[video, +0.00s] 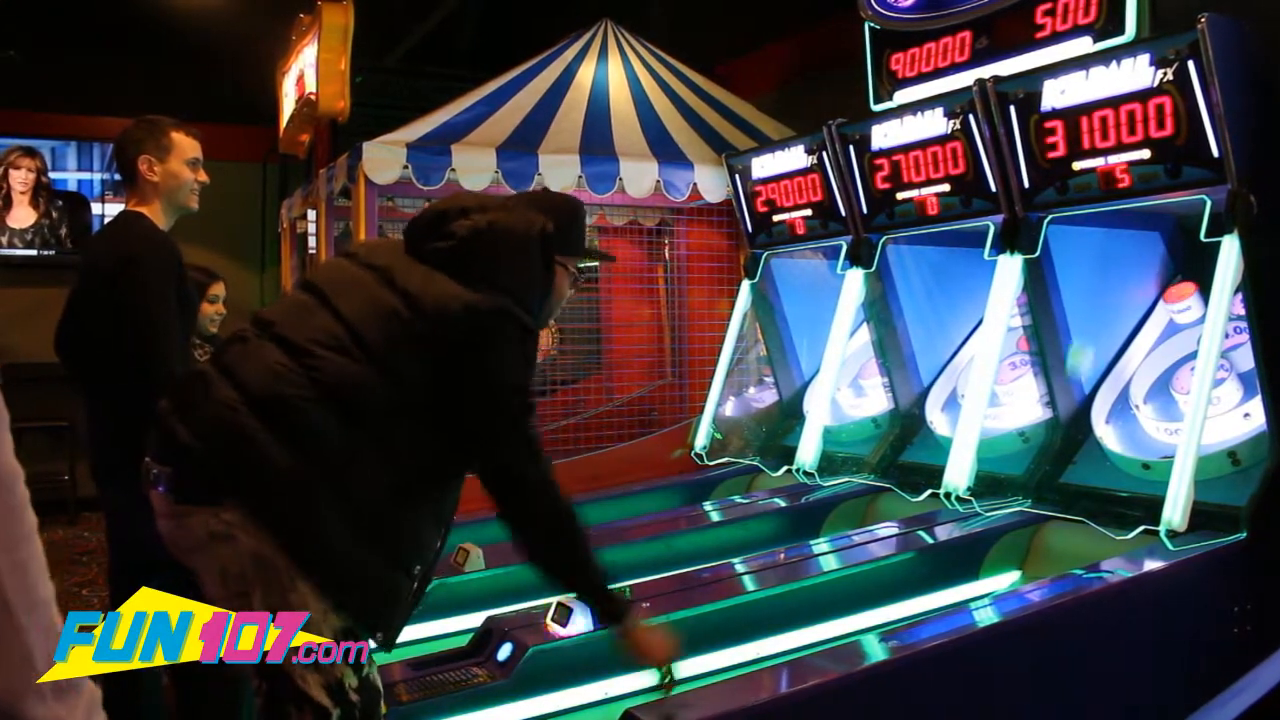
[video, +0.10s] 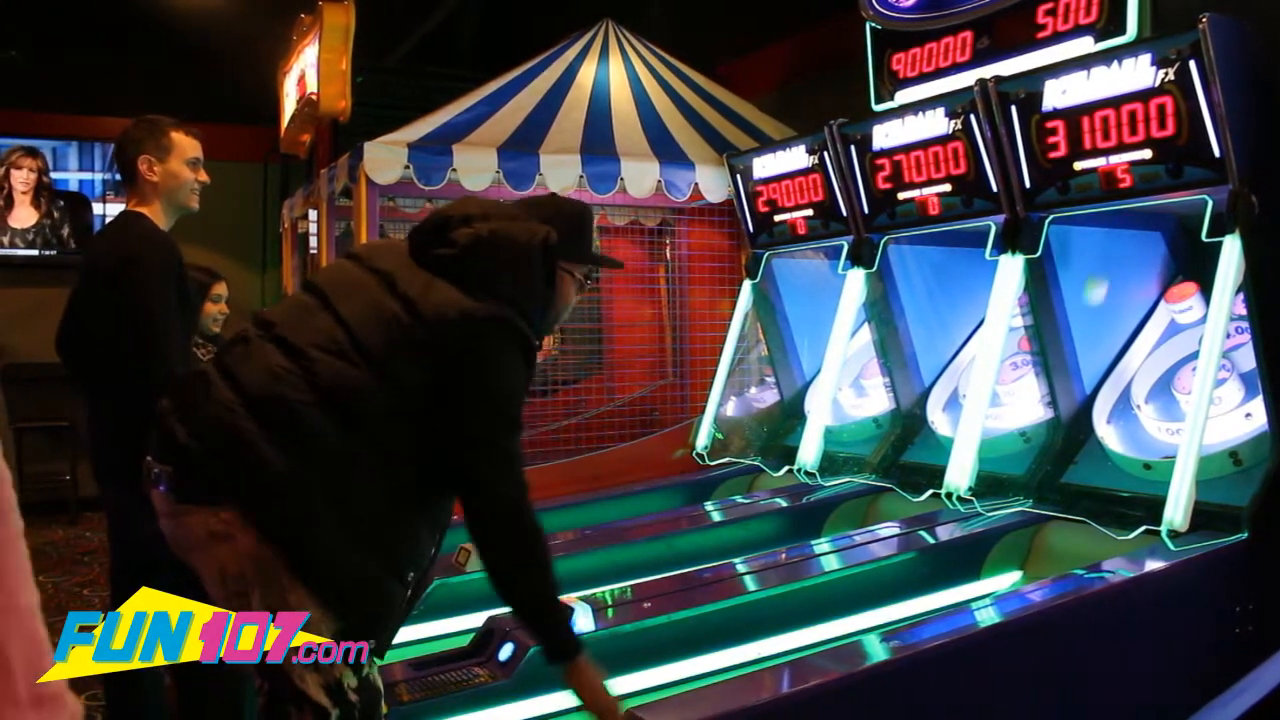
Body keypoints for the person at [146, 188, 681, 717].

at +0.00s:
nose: (571, 292)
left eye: (575, 277)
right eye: (567, 274)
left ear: (490, 244)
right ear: (532, 266)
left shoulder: (381, 264)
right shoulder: (482, 328)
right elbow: (529, 492)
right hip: (253, 510)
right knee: (330, 691)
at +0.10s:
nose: (579, 298)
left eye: (584, 283)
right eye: (576, 280)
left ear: (501, 256)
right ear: (536, 269)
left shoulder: (388, 261)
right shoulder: (486, 335)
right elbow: (501, 513)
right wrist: (570, 655)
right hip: (250, 504)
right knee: (334, 694)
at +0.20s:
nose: (583, 302)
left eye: (588, 287)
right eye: (580, 284)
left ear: (513, 258)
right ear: (544, 273)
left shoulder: (400, 263)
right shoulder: (486, 333)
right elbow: (488, 512)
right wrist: (553, 677)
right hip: (241, 499)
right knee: (332, 691)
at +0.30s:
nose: (586, 307)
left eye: (591, 290)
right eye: (585, 288)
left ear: (514, 256)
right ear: (552, 279)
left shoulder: (403, 260)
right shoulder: (486, 338)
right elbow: (494, 522)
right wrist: (558, 682)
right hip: (243, 503)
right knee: (332, 694)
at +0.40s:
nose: (587, 311)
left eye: (592, 295)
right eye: (585, 293)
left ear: (516, 256)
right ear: (553, 285)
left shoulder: (402, 260)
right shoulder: (490, 352)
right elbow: (504, 531)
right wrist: (563, 684)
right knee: (330, 692)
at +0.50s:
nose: (587, 314)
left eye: (593, 299)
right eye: (586, 297)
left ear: (515, 254)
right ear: (556, 289)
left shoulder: (400, 259)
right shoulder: (492, 354)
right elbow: (505, 532)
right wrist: (568, 687)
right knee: (334, 693)